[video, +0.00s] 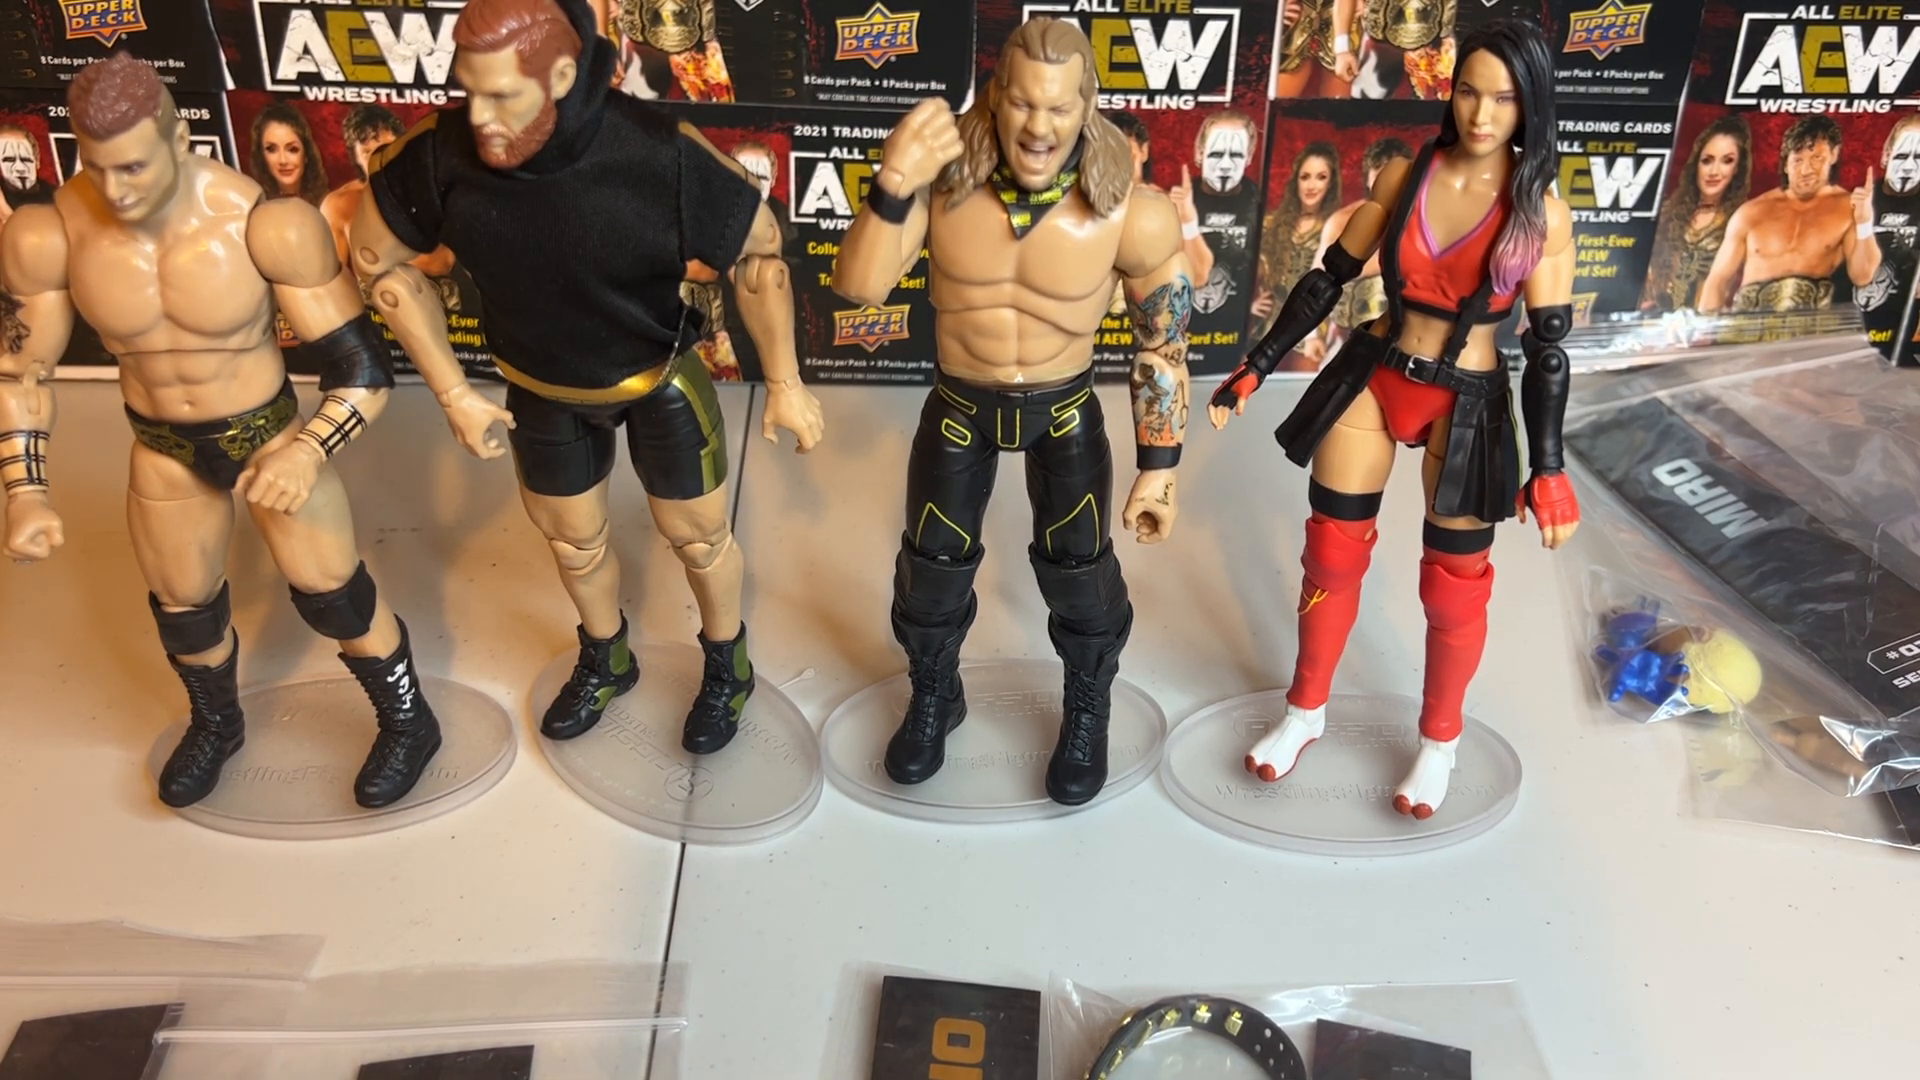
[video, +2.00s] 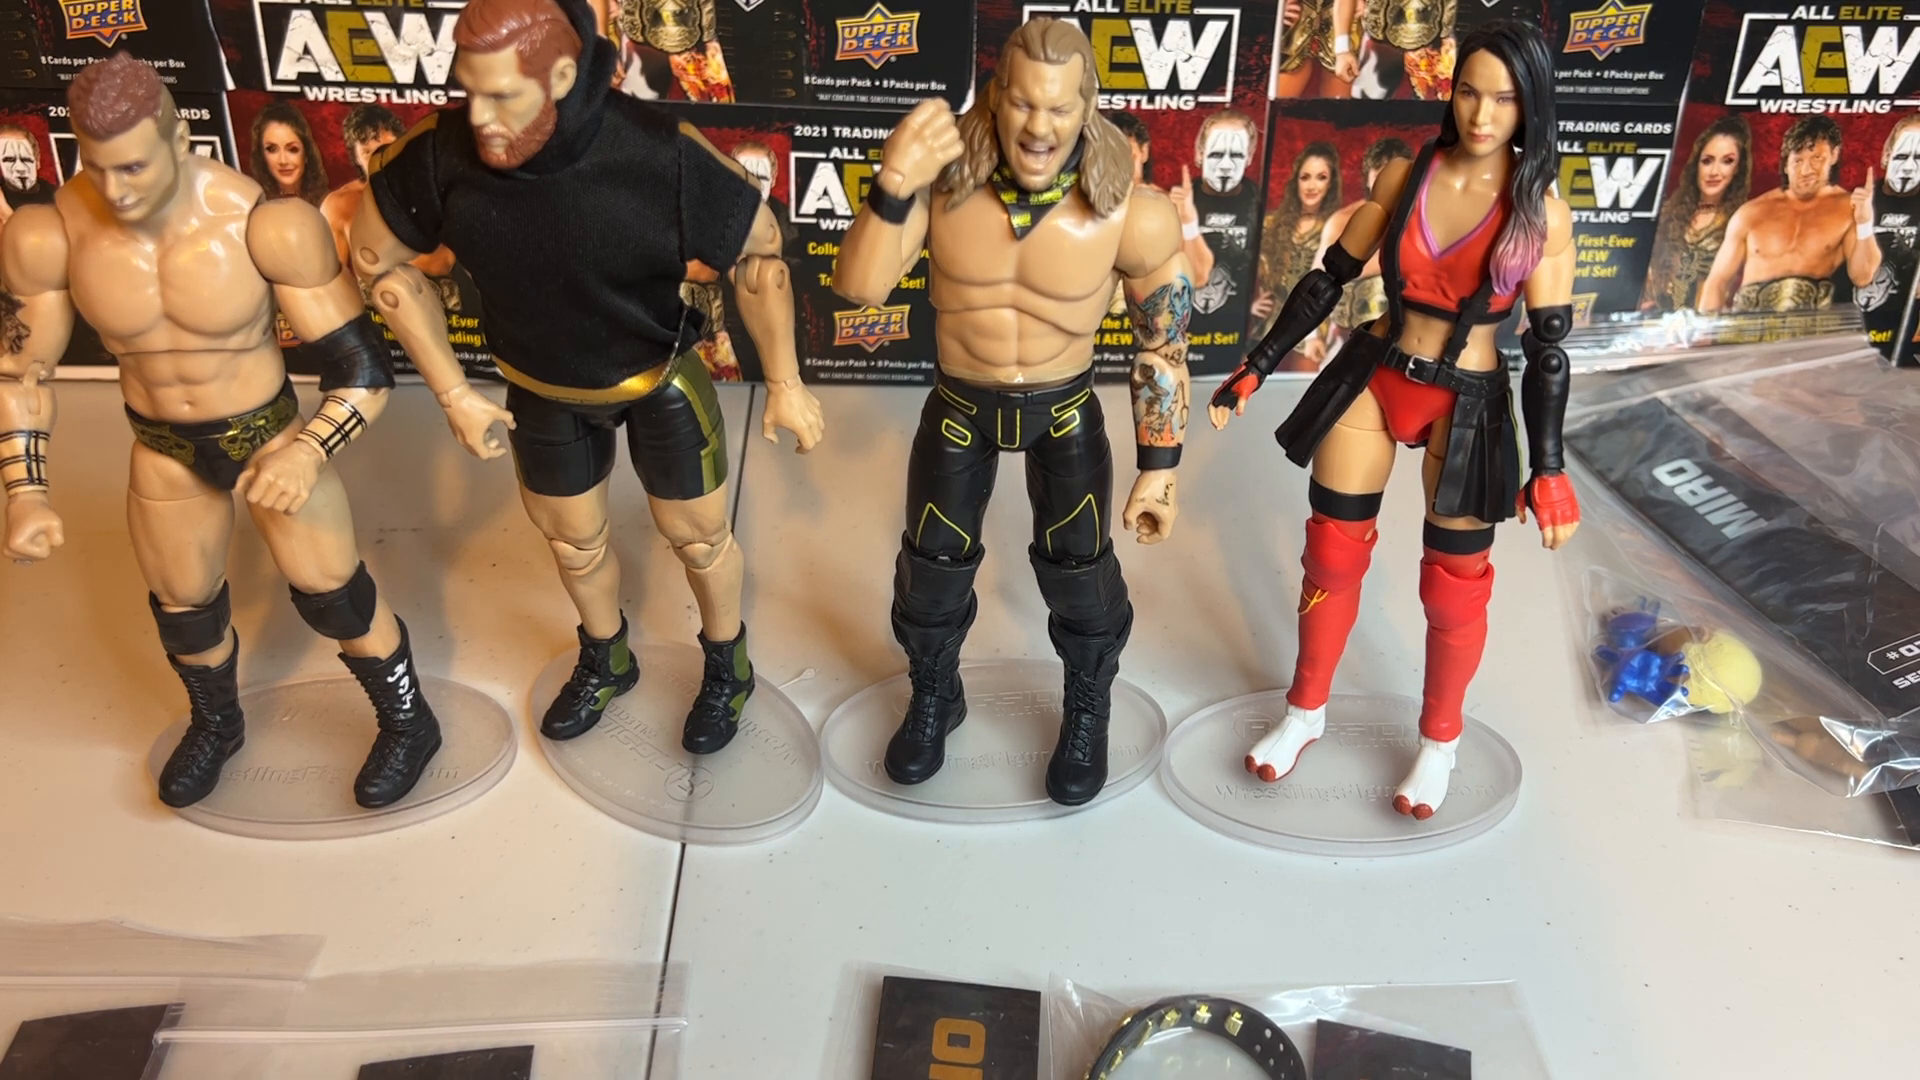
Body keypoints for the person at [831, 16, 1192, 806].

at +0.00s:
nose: (1039, 127)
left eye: (1059, 109)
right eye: (1024, 104)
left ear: (1086, 106)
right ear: (995, 95)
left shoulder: (1129, 207)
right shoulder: (943, 175)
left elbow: (1162, 337)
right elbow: (858, 286)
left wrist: (1161, 464)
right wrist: (892, 188)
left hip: (1064, 408)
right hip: (958, 403)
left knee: (1078, 568)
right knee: (932, 562)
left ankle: (1086, 712)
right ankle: (932, 698)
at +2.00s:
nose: (1040, 127)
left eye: (1060, 109)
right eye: (1024, 104)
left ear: (1086, 106)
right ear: (995, 95)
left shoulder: (1129, 207)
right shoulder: (944, 176)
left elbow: (1163, 338)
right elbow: (858, 287)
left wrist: (1161, 464)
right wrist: (892, 189)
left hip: (1064, 408)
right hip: (959, 403)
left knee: (1078, 569)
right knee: (932, 563)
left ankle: (1086, 713)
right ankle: (932, 699)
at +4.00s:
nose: (1040, 127)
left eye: (1060, 109)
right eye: (1024, 104)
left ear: (1086, 107)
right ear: (995, 95)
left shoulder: (1130, 208)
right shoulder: (944, 176)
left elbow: (1163, 337)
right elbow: (857, 287)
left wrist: (1161, 464)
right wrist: (892, 190)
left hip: (1064, 408)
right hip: (959, 403)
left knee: (1078, 568)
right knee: (932, 562)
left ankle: (1086, 713)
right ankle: (932, 699)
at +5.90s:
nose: (1040, 126)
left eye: (1060, 109)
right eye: (1024, 104)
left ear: (1086, 106)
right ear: (995, 95)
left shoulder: (1130, 207)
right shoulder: (944, 176)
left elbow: (1162, 337)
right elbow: (857, 287)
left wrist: (1161, 464)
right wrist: (892, 190)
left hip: (1064, 408)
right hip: (959, 403)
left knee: (1078, 569)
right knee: (932, 563)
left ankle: (1086, 712)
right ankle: (933, 699)